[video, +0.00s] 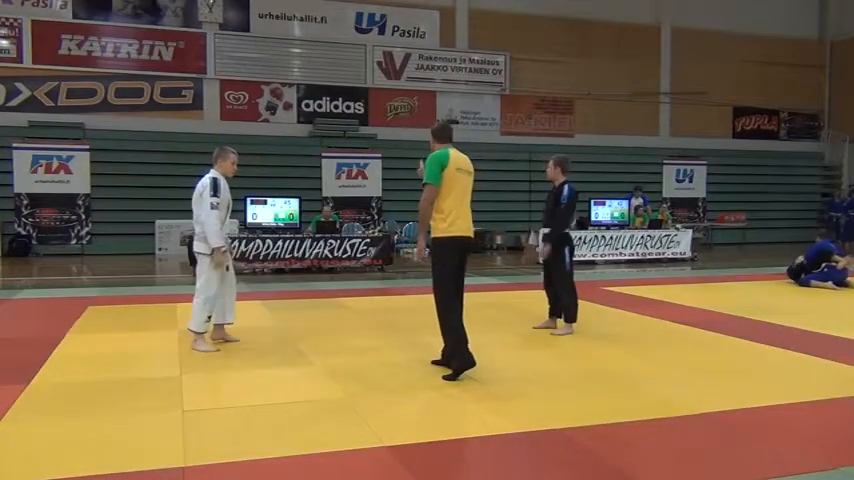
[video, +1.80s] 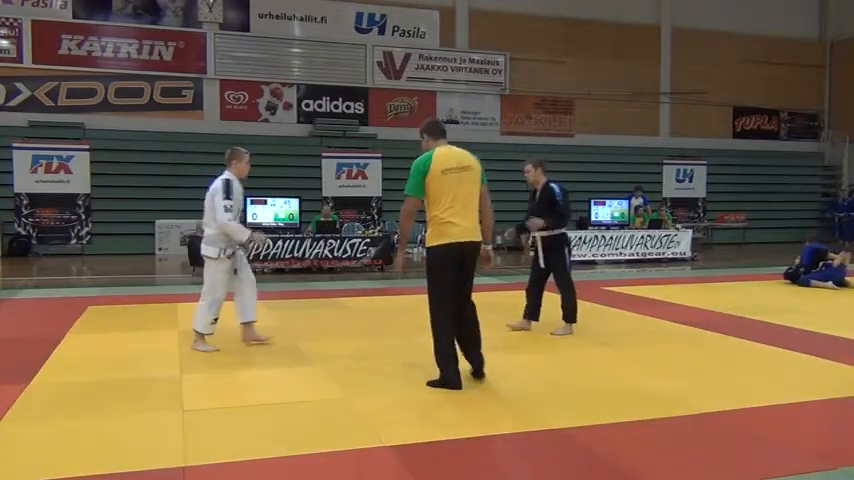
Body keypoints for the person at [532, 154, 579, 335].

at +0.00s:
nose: (547, 171)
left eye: (549, 168)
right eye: (547, 168)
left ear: (558, 169)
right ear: (557, 170)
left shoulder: (568, 190)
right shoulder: (553, 190)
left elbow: (563, 219)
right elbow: (548, 217)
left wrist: (551, 242)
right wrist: (542, 240)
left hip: (561, 239)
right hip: (549, 238)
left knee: (564, 280)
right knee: (550, 280)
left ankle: (569, 323)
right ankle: (552, 317)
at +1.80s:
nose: (526, 176)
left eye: (528, 172)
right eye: (525, 173)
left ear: (539, 171)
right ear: (530, 174)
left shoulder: (554, 189)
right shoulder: (534, 193)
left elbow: (563, 218)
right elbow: (532, 220)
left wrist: (544, 222)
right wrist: (517, 230)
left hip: (557, 243)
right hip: (541, 243)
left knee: (564, 282)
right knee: (535, 282)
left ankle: (569, 323)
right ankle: (527, 319)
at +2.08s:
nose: (506, 179)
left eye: (508, 175)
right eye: (505, 176)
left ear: (518, 173)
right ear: (515, 175)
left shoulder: (534, 190)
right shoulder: (517, 193)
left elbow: (538, 216)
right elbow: (513, 219)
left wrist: (535, 238)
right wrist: (500, 241)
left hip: (541, 238)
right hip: (525, 239)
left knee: (543, 281)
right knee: (523, 282)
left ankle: (560, 317)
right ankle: (524, 320)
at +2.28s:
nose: (502, 180)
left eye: (503, 176)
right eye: (501, 177)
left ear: (510, 173)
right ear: (507, 174)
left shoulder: (526, 189)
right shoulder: (509, 194)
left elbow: (534, 215)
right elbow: (510, 219)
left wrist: (530, 239)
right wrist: (504, 240)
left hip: (530, 237)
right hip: (516, 238)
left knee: (531, 280)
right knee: (518, 280)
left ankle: (542, 321)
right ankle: (523, 319)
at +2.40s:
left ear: (508, 176)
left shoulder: (523, 191)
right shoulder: (502, 194)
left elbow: (530, 219)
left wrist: (523, 242)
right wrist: (505, 242)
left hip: (528, 240)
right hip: (513, 240)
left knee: (526, 281)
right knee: (514, 282)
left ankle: (523, 322)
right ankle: (521, 318)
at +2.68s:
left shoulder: (519, 196)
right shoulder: (495, 195)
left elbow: (521, 221)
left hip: (517, 240)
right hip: (500, 239)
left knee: (512, 283)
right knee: (498, 280)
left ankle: (507, 327)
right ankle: (517, 312)